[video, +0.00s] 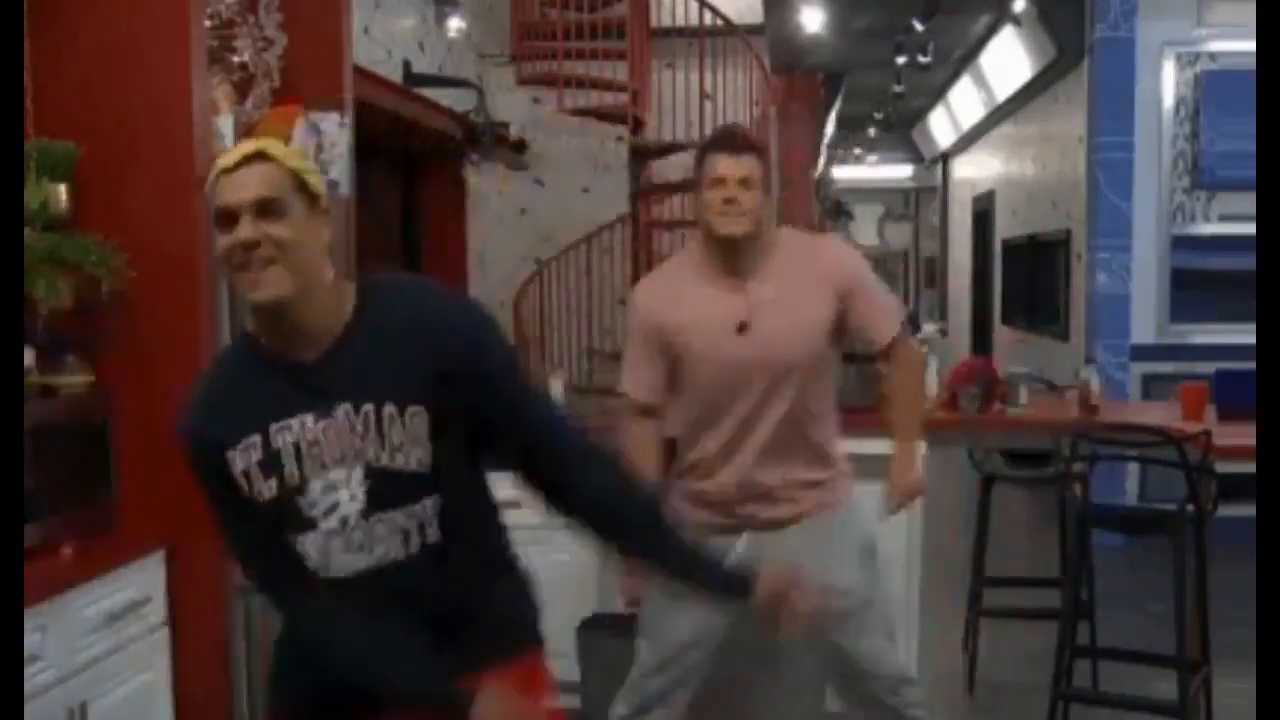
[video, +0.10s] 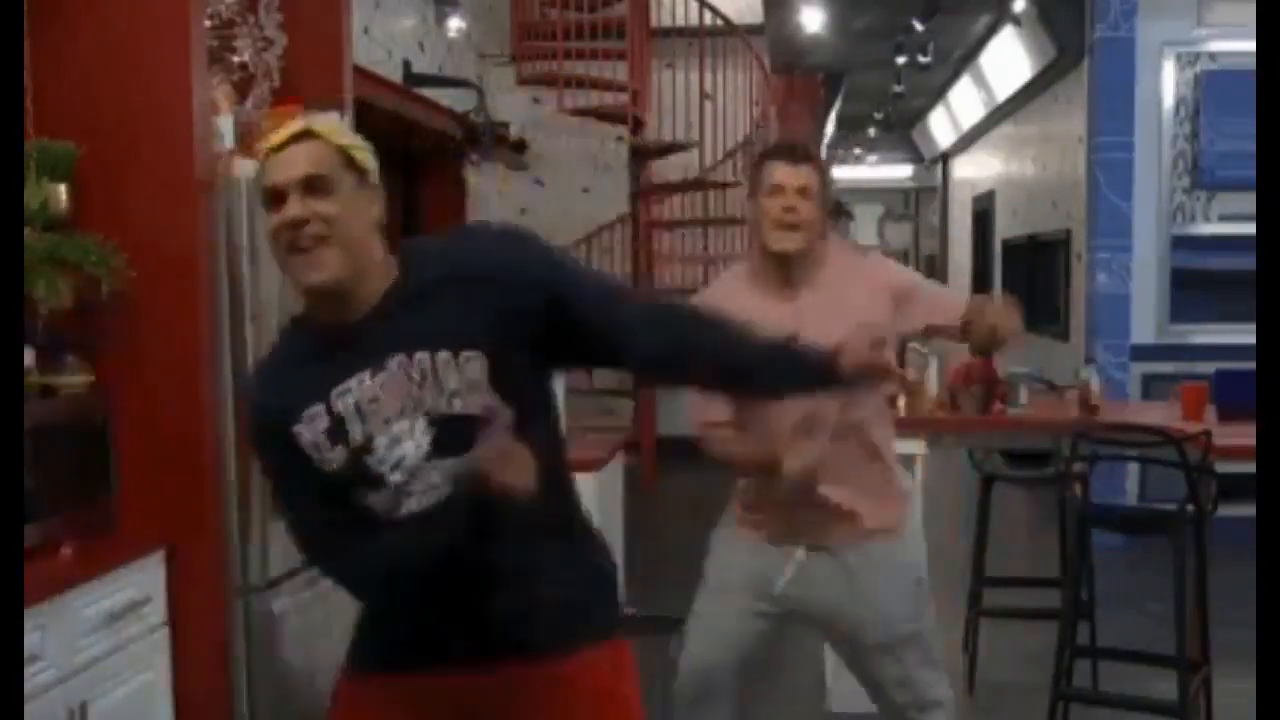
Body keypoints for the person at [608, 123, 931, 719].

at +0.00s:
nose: (731, 196)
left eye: (746, 184)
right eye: (717, 184)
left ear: (767, 195)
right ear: (697, 198)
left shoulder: (828, 263)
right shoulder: (657, 295)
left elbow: (901, 348)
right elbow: (641, 417)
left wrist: (906, 455)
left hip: (817, 512)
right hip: (701, 518)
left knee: (880, 679)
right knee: (655, 689)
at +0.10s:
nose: (789, 207)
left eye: (804, 194)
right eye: (775, 193)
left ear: (825, 210)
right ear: (753, 206)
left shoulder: (874, 280)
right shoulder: (721, 301)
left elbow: (973, 314)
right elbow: (711, 433)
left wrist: (993, 321)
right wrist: (775, 458)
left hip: (865, 532)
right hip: (757, 530)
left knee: (917, 699)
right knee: (700, 683)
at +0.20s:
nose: (811, 206)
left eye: (826, 195)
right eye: (796, 193)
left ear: (844, 216)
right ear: (771, 209)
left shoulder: (885, 281)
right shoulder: (734, 301)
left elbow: (986, 331)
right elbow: (742, 442)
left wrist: (1003, 280)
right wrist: (806, 412)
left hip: (888, 542)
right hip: (776, 538)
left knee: (921, 702)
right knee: (731, 692)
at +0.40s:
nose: (849, 219)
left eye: (863, 209)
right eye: (835, 206)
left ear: (876, 225)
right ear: (805, 219)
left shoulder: (908, 291)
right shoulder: (753, 300)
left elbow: (1003, 339)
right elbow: (741, 424)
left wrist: (1016, 306)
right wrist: (847, 404)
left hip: (907, 513)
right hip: (804, 522)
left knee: (955, 677)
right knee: (805, 688)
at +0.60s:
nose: (803, 213)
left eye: (816, 199)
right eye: (788, 205)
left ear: (842, 210)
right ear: (771, 222)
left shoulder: (894, 297)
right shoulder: (736, 309)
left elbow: (931, 411)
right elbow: (719, 442)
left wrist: (1009, 490)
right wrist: (781, 526)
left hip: (877, 542)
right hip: (758, 536)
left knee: (933, 701)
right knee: (706, 684)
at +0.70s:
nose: (780, 191)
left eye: (793, 177)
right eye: (765, 182)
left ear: (820, 187)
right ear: (749, 200)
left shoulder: (875, 278)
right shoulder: (712, 289)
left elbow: (905, 391)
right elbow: (675, 406)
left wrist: (925, 501)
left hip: (861, 528)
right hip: (740, 526)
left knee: (923, 694)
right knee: (656, 672)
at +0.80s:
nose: (732, 197)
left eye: (744, 184)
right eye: (717, 189)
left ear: (770, 194)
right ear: (701, 206)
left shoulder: (828, 283)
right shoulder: (662, 285)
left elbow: (850, 396)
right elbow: (583, 368)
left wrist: (795, 487)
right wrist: (585, 441)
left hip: (791, 516)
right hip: (679, 519)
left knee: (858, 665)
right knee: (632, 670)